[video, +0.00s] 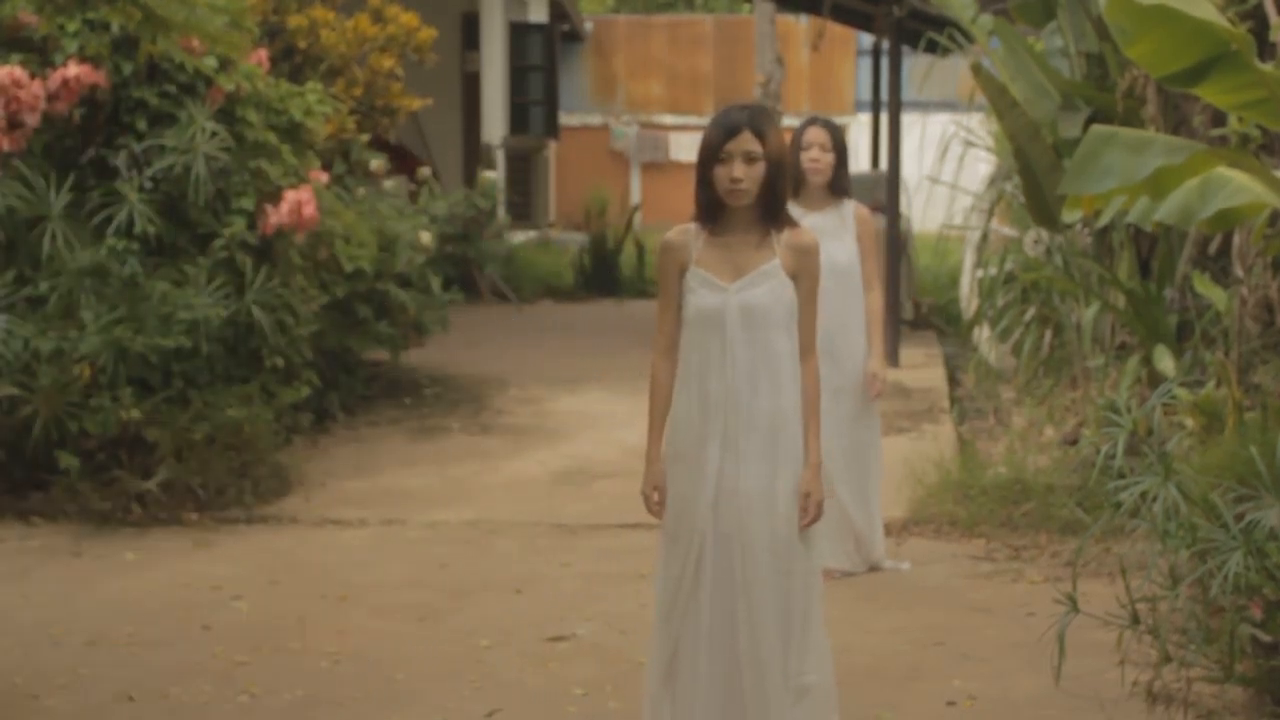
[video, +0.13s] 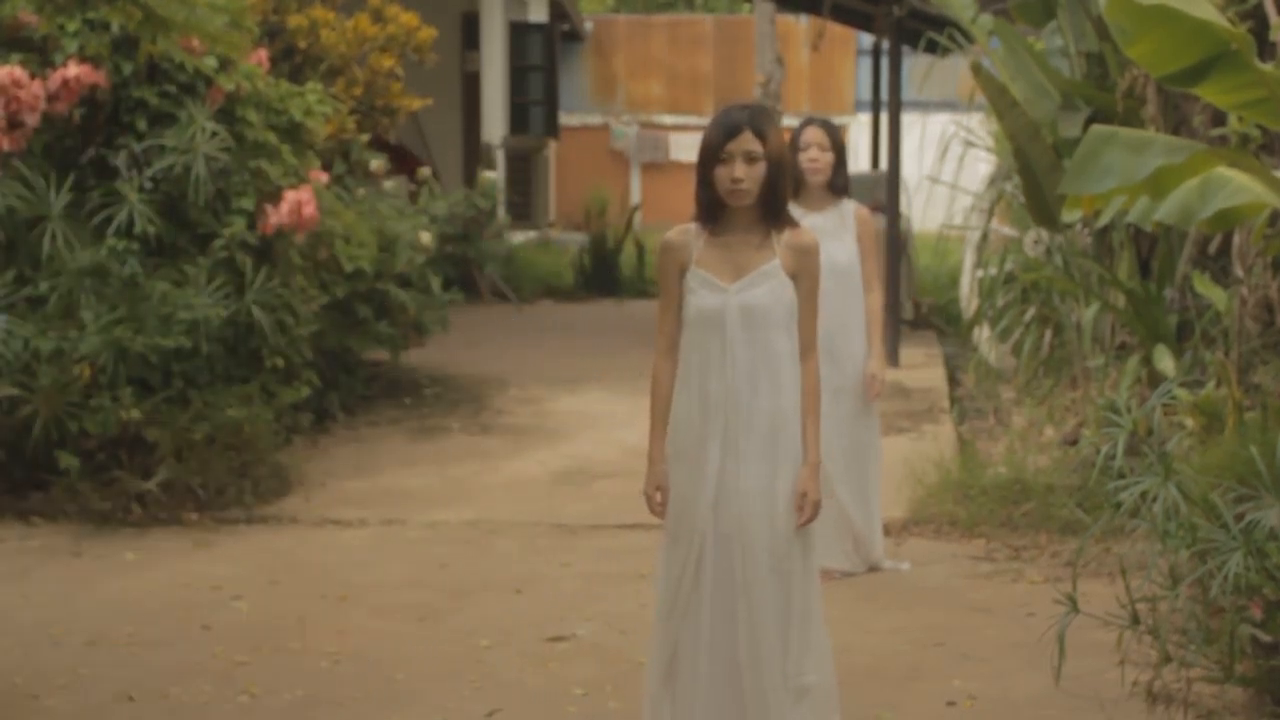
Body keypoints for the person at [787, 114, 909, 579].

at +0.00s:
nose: (817, 158)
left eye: (826, 149)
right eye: (808, 149)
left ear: (839, 158)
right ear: (794, 157)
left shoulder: (858, 217)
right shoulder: (780, 217)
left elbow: (873, 287)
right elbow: (770, 288)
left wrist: (876, 354)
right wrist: (771, 351)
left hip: (847, 351)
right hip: (794, 350)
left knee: (848, 447)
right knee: (799, 443)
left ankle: (851, 546)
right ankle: (806, 545)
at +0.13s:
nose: (815, 158)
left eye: (824, 150)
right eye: (805, 150)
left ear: (837, 157)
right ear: (793, 158)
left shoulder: (859, 218)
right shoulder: (779, 218)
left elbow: (873, 288)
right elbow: (769, 290)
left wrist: (876, 354)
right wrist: (770, 352)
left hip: (847, 351)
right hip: (794, 350)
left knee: (847, 447)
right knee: (799, 443)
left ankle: (849, 546)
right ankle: (805, 545)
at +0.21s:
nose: (814, 159)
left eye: (823, 150)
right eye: (805, 151)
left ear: (837, 157)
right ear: (792, 159)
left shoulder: (859, 218)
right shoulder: (780, 218)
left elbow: (873, 288)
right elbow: (770, 290)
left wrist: (875, 354)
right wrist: (771, 352)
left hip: (847, 351)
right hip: (794, 351)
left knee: (848, 448)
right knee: (800, 444)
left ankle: (850, 546)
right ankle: (806, 546)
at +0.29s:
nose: (813, 160)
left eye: (822, 151)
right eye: (803, 151)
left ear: (836, 157)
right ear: (791, 160)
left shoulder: (860, 218)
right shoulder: (780, 219)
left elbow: (873, 289)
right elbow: (771, 291)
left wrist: (875, 356)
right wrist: (772, 353)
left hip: (848, 352)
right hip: (795, 351)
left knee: (848, 448)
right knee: (800, 445)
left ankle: (851, 546)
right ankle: (807, 546)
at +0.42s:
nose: (813, 160)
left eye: (822, 151)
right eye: (803, 152)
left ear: (836, 158)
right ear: (791, 160)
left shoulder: (860, 218)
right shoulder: (780, 218)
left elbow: (874, 289)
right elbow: (771, 290)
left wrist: (875, 355)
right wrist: (772, 352)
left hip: (848, 351)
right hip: (795, 351)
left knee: (848, 449)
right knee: (800, 445)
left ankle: (851, 546)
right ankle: (807, 546)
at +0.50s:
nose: (814, 161)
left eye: (823, 152)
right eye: (804, 152)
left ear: (837, 158)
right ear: (792, 160)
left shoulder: (860, 218)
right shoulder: (780, 218)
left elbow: (874, 289)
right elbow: (770, 290)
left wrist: (875, 354)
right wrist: (771, 351)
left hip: (848, 351)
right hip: (795, 351)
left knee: (848, 448)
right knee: (799, 444)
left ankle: (850, 546)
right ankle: (805, 545)